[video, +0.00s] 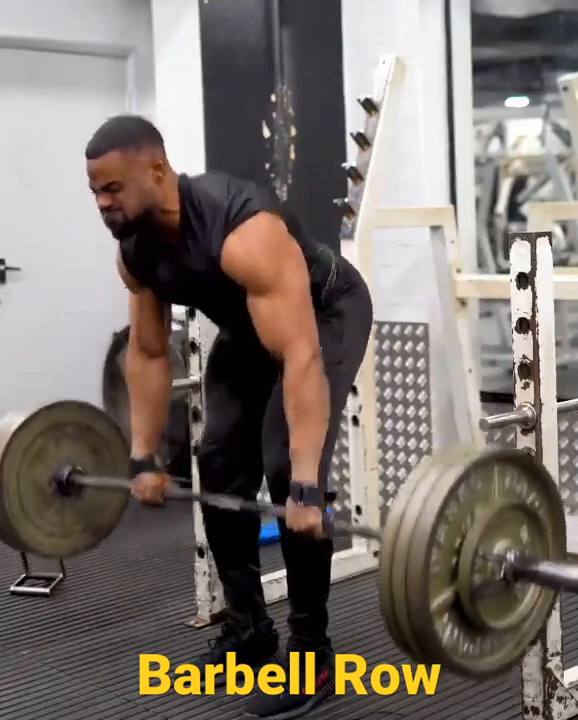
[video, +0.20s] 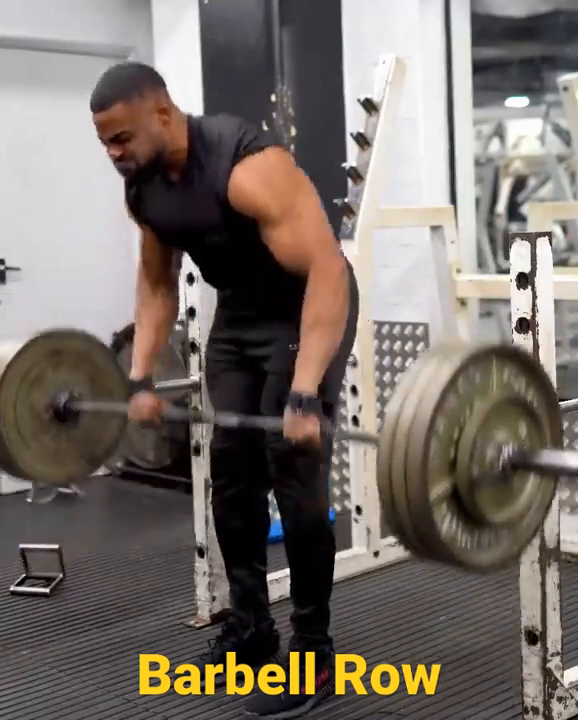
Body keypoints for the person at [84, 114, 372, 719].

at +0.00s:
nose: (103, 205)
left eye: (112, 188)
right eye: (96, 192)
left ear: (158, 169)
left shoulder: (246, 232)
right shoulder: (138, 253)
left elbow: (302, 356)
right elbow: (147, 352)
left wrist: (306, 485)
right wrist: (145, 455)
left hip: (325, 311)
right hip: (246, 323)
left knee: (290, 472)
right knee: (220, 467)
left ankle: (309, 649)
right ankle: (247, 628)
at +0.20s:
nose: (113, 154)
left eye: (121, 137)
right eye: (106, 142)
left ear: (166, 111)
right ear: (106, 134)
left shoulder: (251, 165)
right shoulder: (147, 188)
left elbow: (329, 269)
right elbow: (156, 285)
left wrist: (304, 392)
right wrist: (140, 376)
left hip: (305, 318)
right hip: (237, 324)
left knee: (296, 471)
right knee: (232, 468)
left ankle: (311, 649)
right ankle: (249, 625)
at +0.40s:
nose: (117, 136)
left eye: (123, 119)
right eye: (109, 125)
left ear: (167, 89)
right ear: (112, 114)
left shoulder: (252, 127)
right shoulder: (146, 152)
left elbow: (356, 201)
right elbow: (160, 220)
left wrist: (308, 303)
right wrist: (141, 292)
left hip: (295, 316)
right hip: (221, 320)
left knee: (291, 476)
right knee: (224, 478)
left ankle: (310, 651)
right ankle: (246, 630)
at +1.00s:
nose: (122, 181)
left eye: (127, 164)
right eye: (114, 170)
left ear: (169, 133)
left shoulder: (262, 177)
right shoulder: (153, 198)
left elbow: (337, 278)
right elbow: (161, 287)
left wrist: (317, 397)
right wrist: (149, 377)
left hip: (313, 327)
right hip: (242, 335)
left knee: (302, 480)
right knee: (227, 485)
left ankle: (311, 648)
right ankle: (248, 629)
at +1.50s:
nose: (107, 224)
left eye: (114, 207)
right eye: (98, 211)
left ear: (157, 181)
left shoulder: (254, 241)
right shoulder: (140, 250)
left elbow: (301, 369)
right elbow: (156, 364)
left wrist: (321, 494)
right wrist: (157, 468)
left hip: (328, 313)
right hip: (249, 323)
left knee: (302, 472)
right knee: (218, 465)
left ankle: (312, 648)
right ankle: (248, 628)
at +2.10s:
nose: (110, 188)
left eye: (118, 172)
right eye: (103, 177)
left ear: (162, 146)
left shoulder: (254, 204)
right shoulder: (144, 224)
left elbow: (317, 318)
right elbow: (152, 324)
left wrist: (307, 451)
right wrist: (145, 429)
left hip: (324, 306)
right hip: (249, 320)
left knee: (306, 476)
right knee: (226, 472)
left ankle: (312, 649)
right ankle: (248, 627)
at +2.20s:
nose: (126, 152)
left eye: (133, 136)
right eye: (118, 141)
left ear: (174, 106)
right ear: (121, 129)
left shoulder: (261, 155)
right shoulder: (154, 180)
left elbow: (335, 265)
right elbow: (159, 278)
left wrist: (308, 383)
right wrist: (144, 370)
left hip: (307, 322)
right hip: (237, 327)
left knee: (303, 484)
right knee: (229, 484)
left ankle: (313, 651)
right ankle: (248, 629)